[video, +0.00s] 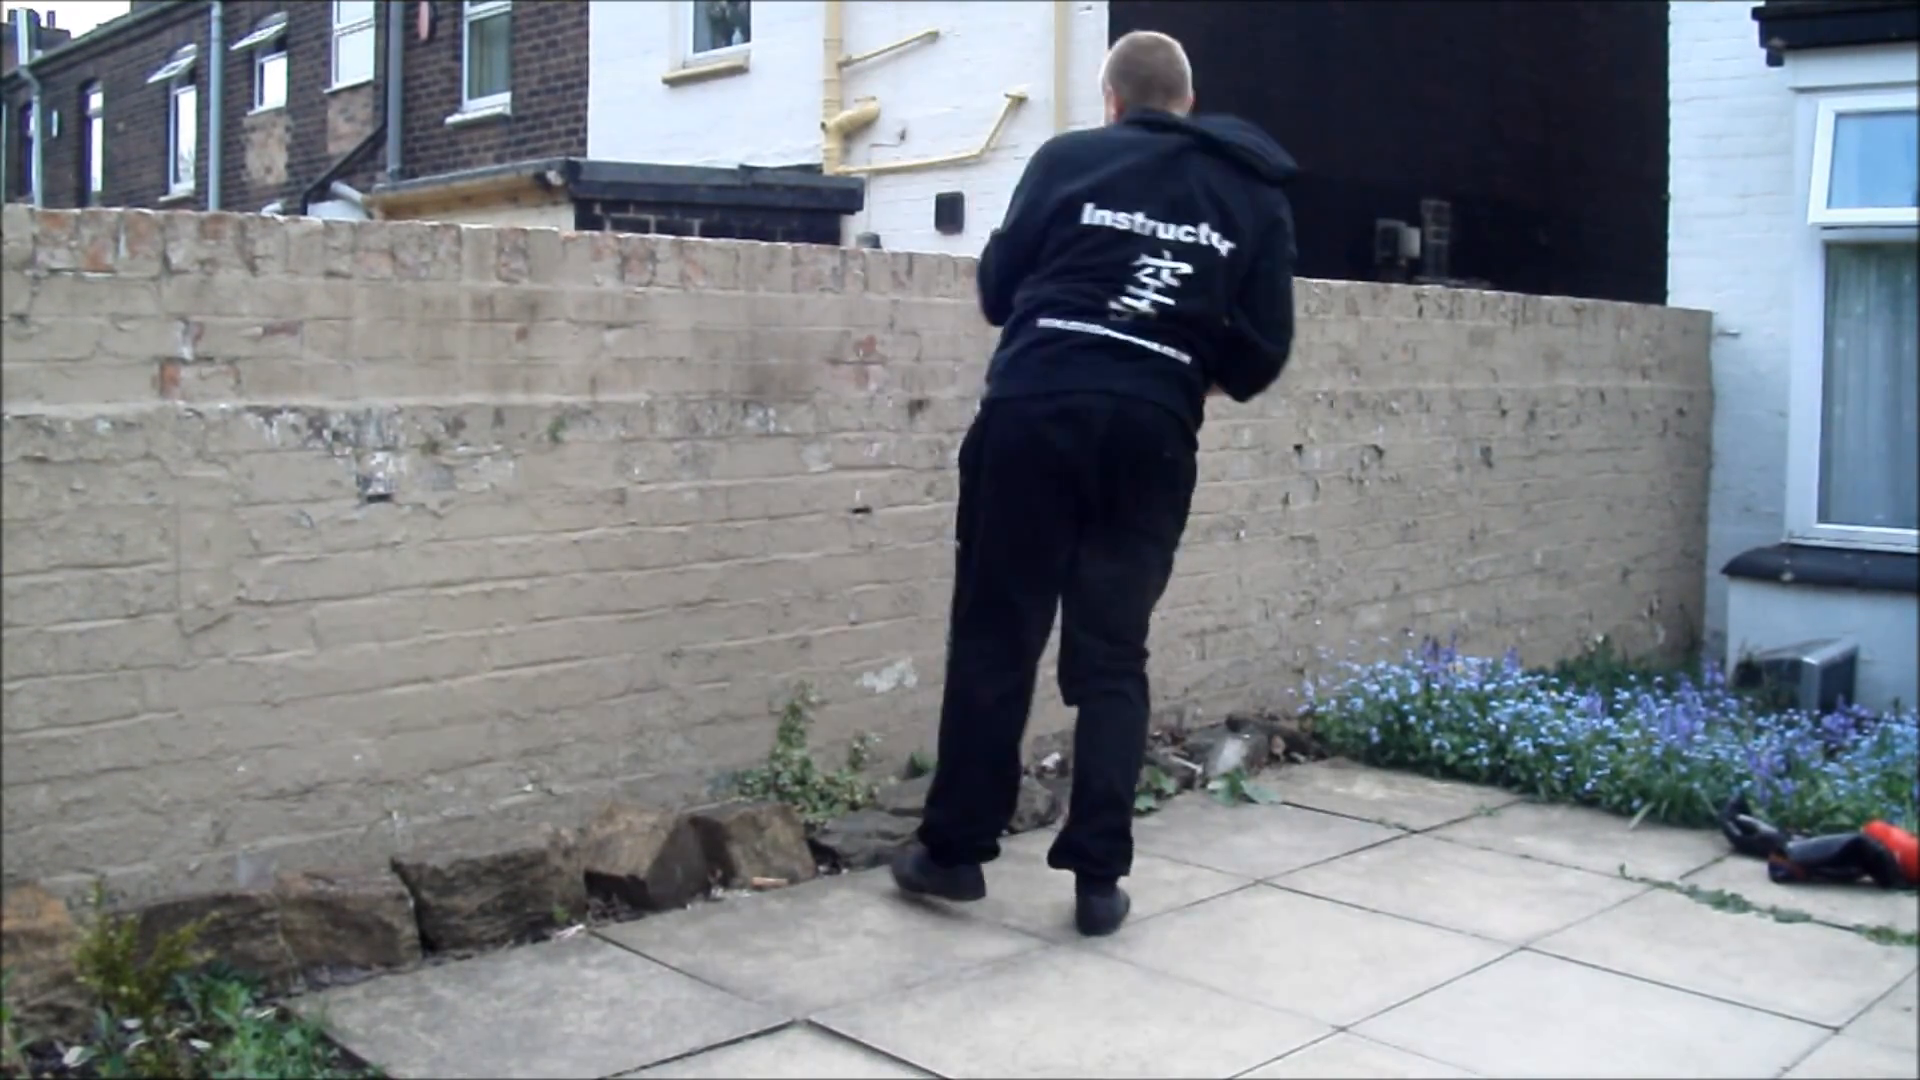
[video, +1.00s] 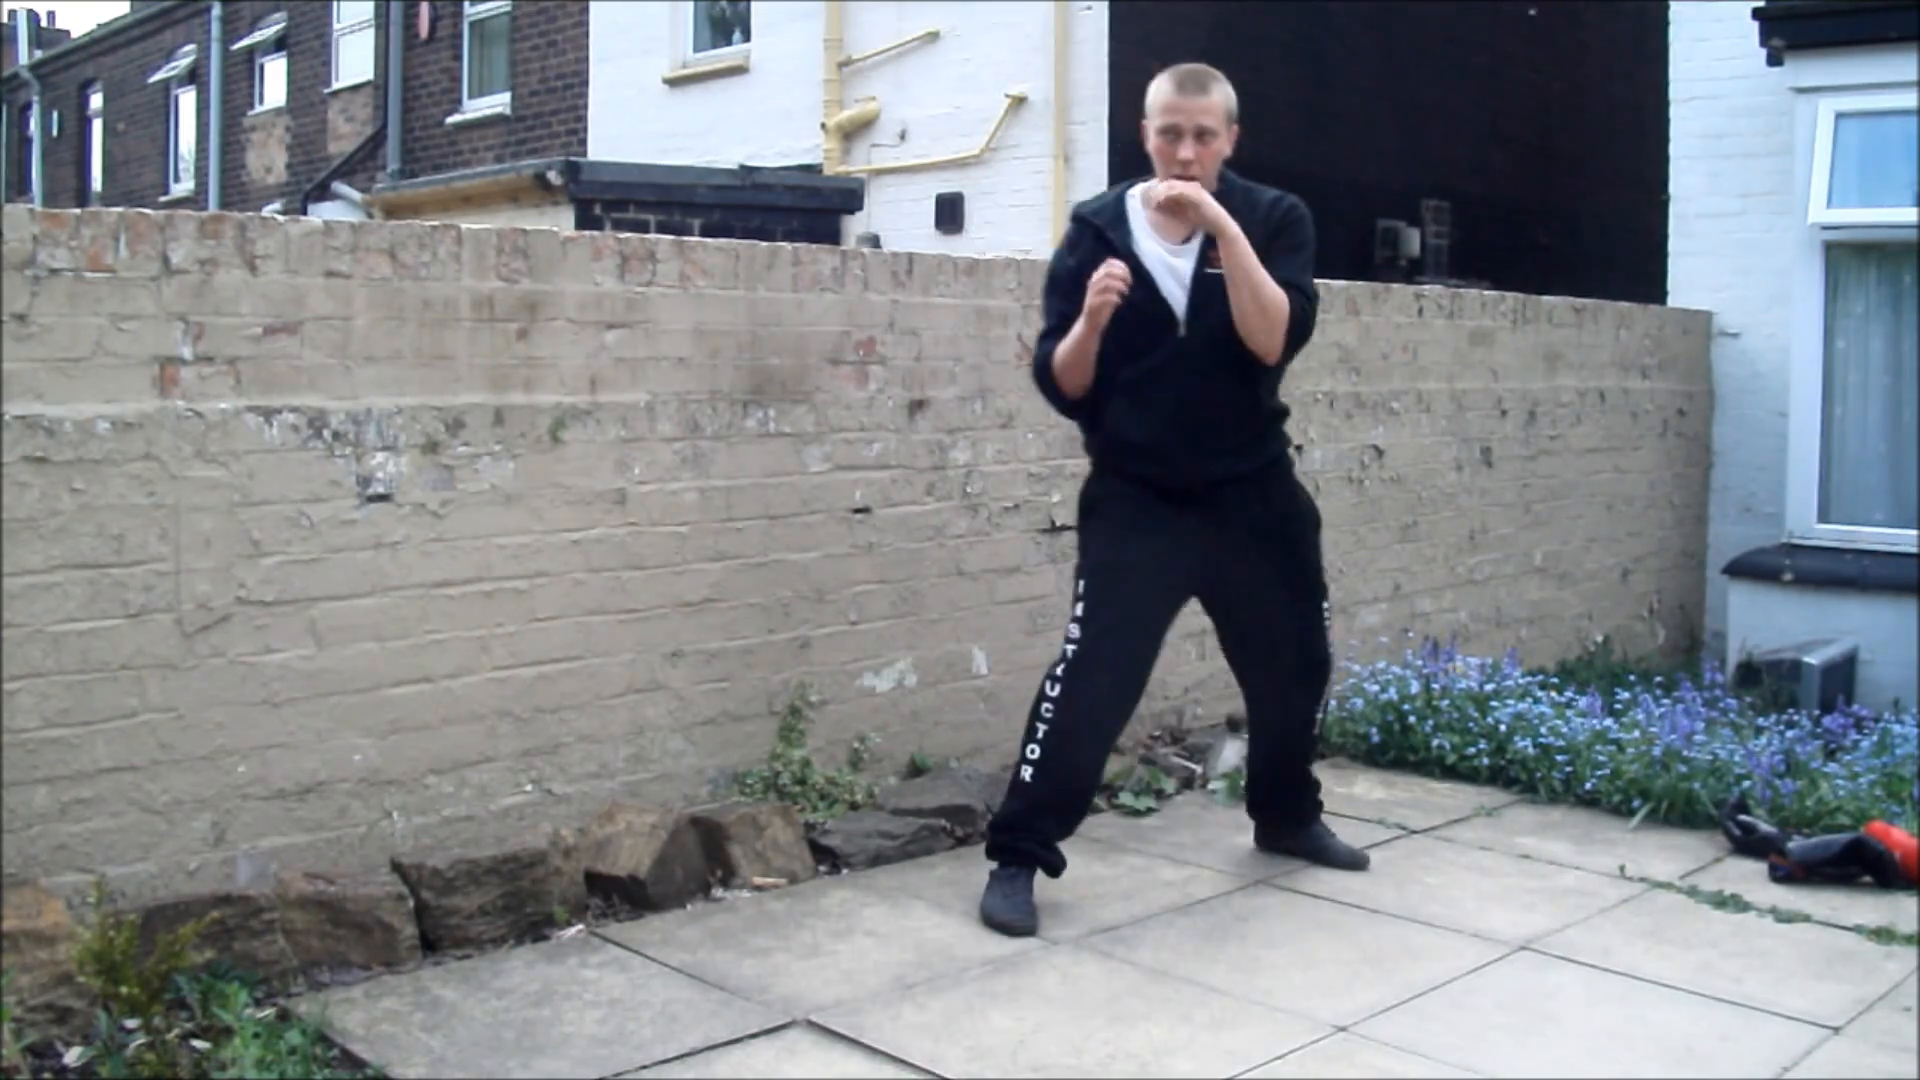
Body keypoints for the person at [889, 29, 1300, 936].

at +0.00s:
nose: (1102, 108)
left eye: (1102, 97)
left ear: (1110, 99)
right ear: (1195, 102)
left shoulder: (1066, 156)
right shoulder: (1255, 193)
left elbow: (998, 289)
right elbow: (1259, 357)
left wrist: (1077, 301)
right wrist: (1183, 346)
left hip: (1032, 407)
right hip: (1153, 425)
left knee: (992, 638)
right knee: (1112, 656)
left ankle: (952, 857)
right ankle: (1098, 882)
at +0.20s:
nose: (1178, 101)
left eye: (1177, 85)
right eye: (1172, 83)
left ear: (1094, 81)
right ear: (1133, 80)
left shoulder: (1039, 160)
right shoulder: (1121, 164)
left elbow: (1111, 268)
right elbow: (1186, 314)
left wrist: (1176, 194)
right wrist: (1213, 252)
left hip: (1004, 438)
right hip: (1093, 448)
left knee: (1012, 653)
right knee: (1118, 670)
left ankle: (988, 858)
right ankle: (1102, 884)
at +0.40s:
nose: (1139, 48)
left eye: (1139, 33)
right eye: (1122, 31)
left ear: (1088, 43)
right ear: (1061, 40)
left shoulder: (1113, 140)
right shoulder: (1006, 135)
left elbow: (1217, 227)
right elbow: (1050, 252)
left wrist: (1170, 118)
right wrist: (1127, 150)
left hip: (1114, 415)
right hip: (1055, 412)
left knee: (1067, 629)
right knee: (1097, 632)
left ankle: (992, 811)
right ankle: (1023, 833)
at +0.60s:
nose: (1089, 84)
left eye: (1097, 66)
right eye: (1065, 72)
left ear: (1115, 78)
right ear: (1027, 96)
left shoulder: (1166, 184)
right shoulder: (984, 206)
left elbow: (1217, 323)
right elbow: (975, 350)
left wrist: (1157, 216)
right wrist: (1059, 245)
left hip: (1145, 475)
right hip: (1039, 478)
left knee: (1153, 659)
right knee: (1036, 677)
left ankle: (1045, 815)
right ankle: (991, 861)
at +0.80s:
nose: (1109, 76)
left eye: (1123, 59)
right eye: (1090, 61)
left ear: (1148, 66)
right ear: (1060, 72)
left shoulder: (1203, 145)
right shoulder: (1019, 161)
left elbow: (1256, 285)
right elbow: (992, 321)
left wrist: (1177, 185)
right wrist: (1047, 261)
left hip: (1194, 446)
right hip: (1076, 451)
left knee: (1223, 636)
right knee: (1055, 651)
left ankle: (1229, 804)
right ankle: (1009, 856)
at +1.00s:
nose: (1186, 152)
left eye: (1204, 136)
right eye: (1171, 135)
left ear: (1233, 140)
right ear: (1144, 135)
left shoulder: (1275, 220)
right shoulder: (1098, 228)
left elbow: (1274, 341)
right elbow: (1061, 385)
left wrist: (1224, 228)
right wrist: (1089, 325)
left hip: (1252, 496)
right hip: (1134, 497)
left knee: (1294, 665)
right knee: (1096, 673)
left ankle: (1287, 819)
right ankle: (1016, 860)